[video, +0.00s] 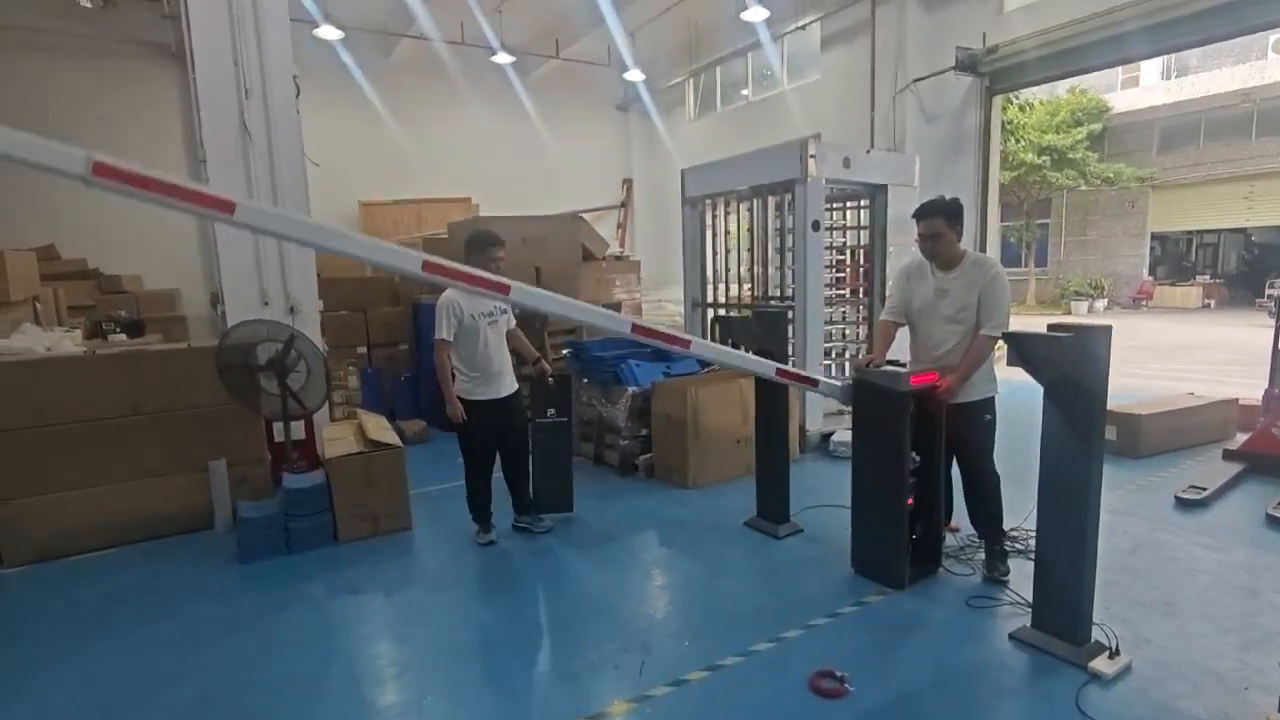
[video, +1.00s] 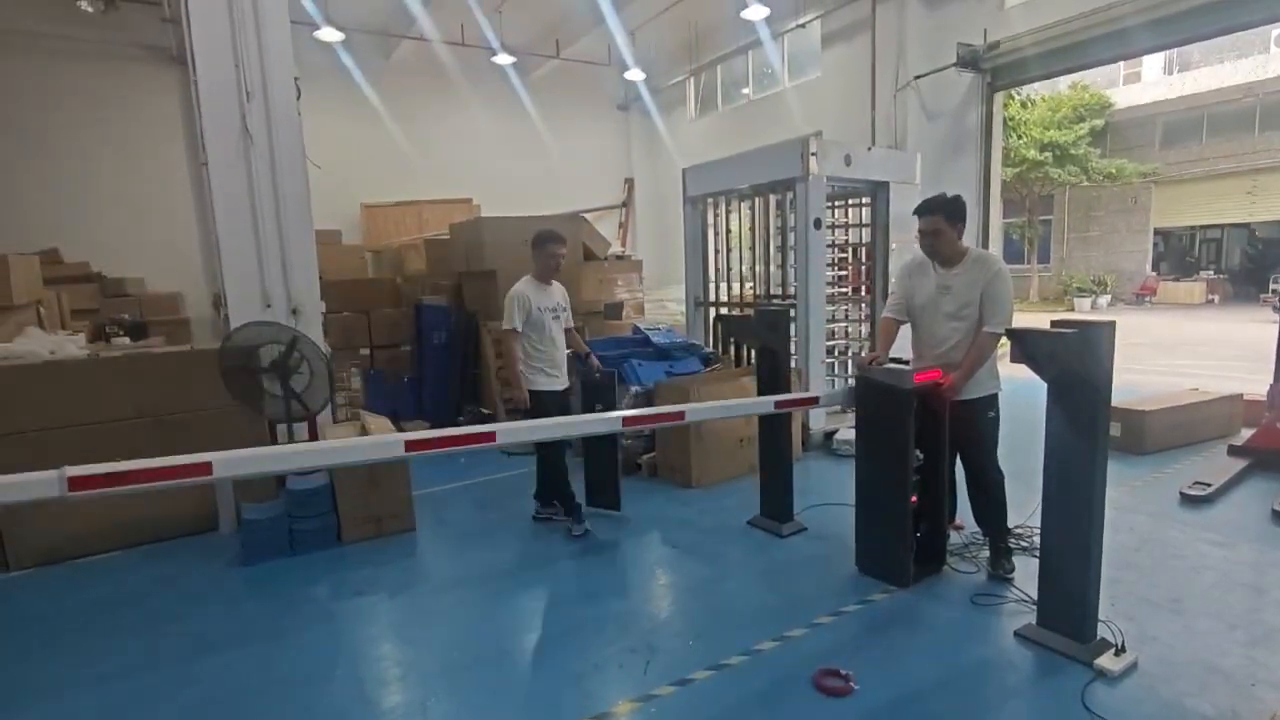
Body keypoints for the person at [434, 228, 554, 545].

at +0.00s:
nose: (501, 266)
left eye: (502, 260)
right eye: (495, 260)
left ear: (500, 260)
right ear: (475, 259)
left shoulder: (499, 293)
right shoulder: (452, 300)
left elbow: (512, 332)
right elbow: (441, 352)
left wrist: (536, 358)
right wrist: (450, 397)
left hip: (508, 395)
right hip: (473, 400)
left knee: (517, 459)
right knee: (479, 466)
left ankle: (523, 513)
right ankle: (483, 524)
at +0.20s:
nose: (506, 266)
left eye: (508, 260)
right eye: (501, 260)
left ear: (507, 260)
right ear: (480, 260)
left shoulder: (506, 293)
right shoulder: (461, 299)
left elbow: (516, 337)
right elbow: (452, 351)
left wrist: (540, 360)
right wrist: (460, 396)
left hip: (514, 394)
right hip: (480, 399)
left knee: (528, 453)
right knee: (483, 465)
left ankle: (537, 507)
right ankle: (485, 523)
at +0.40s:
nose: (523, 265)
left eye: (524, 260)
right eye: (517, 260)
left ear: (523, 260)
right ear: (497, 259)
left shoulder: (520, 292)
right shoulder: (480, 298)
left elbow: (525, 333)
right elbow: (473, 346)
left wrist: (543, 352)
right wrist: (480, 392)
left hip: (526, 391)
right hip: (496, 396)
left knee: (534, 452)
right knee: (494, 462)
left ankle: (542, 506)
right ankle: (488, 523)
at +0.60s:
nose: (538, 264)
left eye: (540, 258)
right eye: (532, 258)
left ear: (541, 259)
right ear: (514, 257)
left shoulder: (536, 292)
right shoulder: (498, 295)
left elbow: (539, 336)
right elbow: (491, 345)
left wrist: (557, 356)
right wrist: (501, 389)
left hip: (542, 389)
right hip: (515, 392)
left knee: (543, 450)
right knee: (514, 455)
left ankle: (544, 505)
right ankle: (496, 517)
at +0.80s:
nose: (551, 263)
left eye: (553, 257)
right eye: (545, 257)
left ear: (553, 258)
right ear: (528, 256)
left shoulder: (549, 291)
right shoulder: (510, 293)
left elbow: (554, 334)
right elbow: (503, 342)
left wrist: (573, 356)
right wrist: (514, 385)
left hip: (552, 385)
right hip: (528, 388)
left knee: (552, 449)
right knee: (537, 453)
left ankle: (546, 504)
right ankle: (532, 514)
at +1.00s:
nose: (560, 263)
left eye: (562, 257)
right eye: (554, 257)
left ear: (563, 258)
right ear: (536, 256)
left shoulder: (560, 291)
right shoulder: (519, 294)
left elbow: (568, 331)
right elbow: (511, 343)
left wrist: (588, 354)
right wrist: (518, 387)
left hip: (561, 383)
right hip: (537, 386)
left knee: (551, 446)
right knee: (554, 448)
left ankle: (544, 504)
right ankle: (573, 512)